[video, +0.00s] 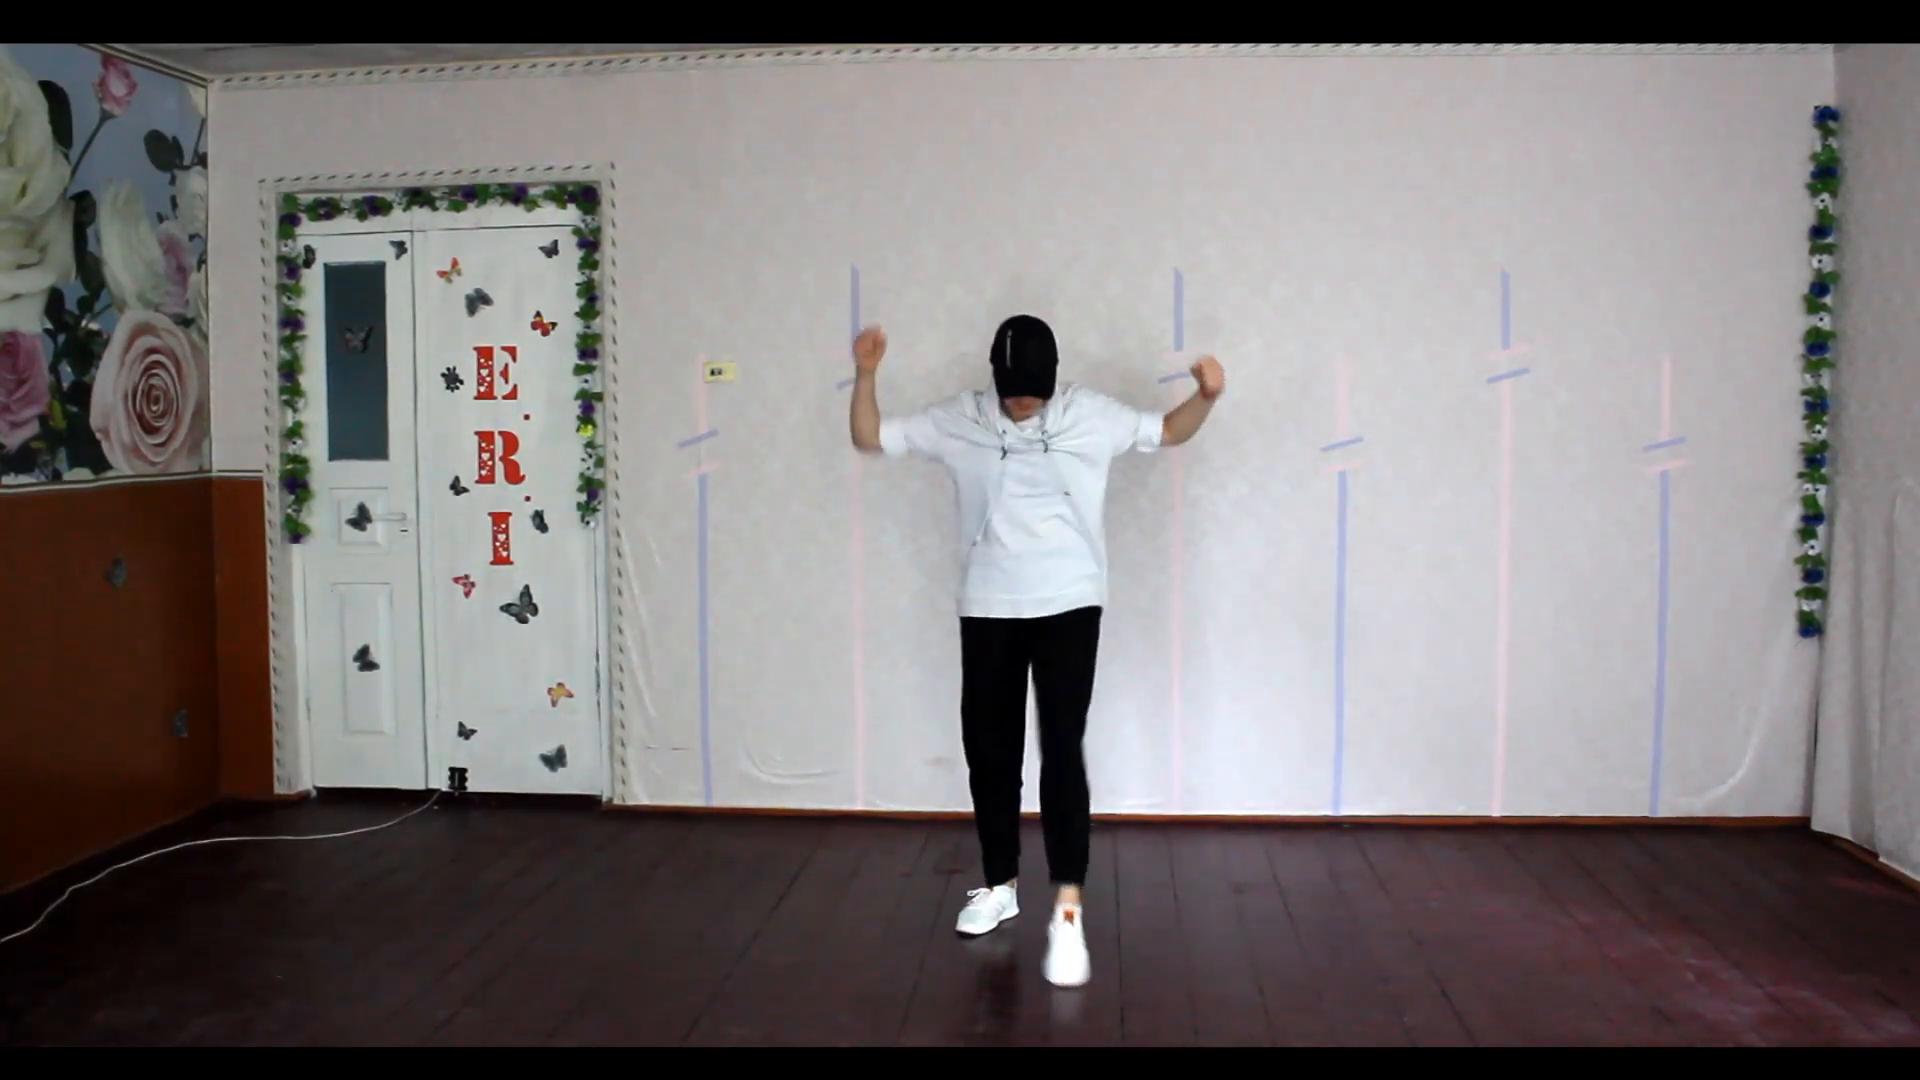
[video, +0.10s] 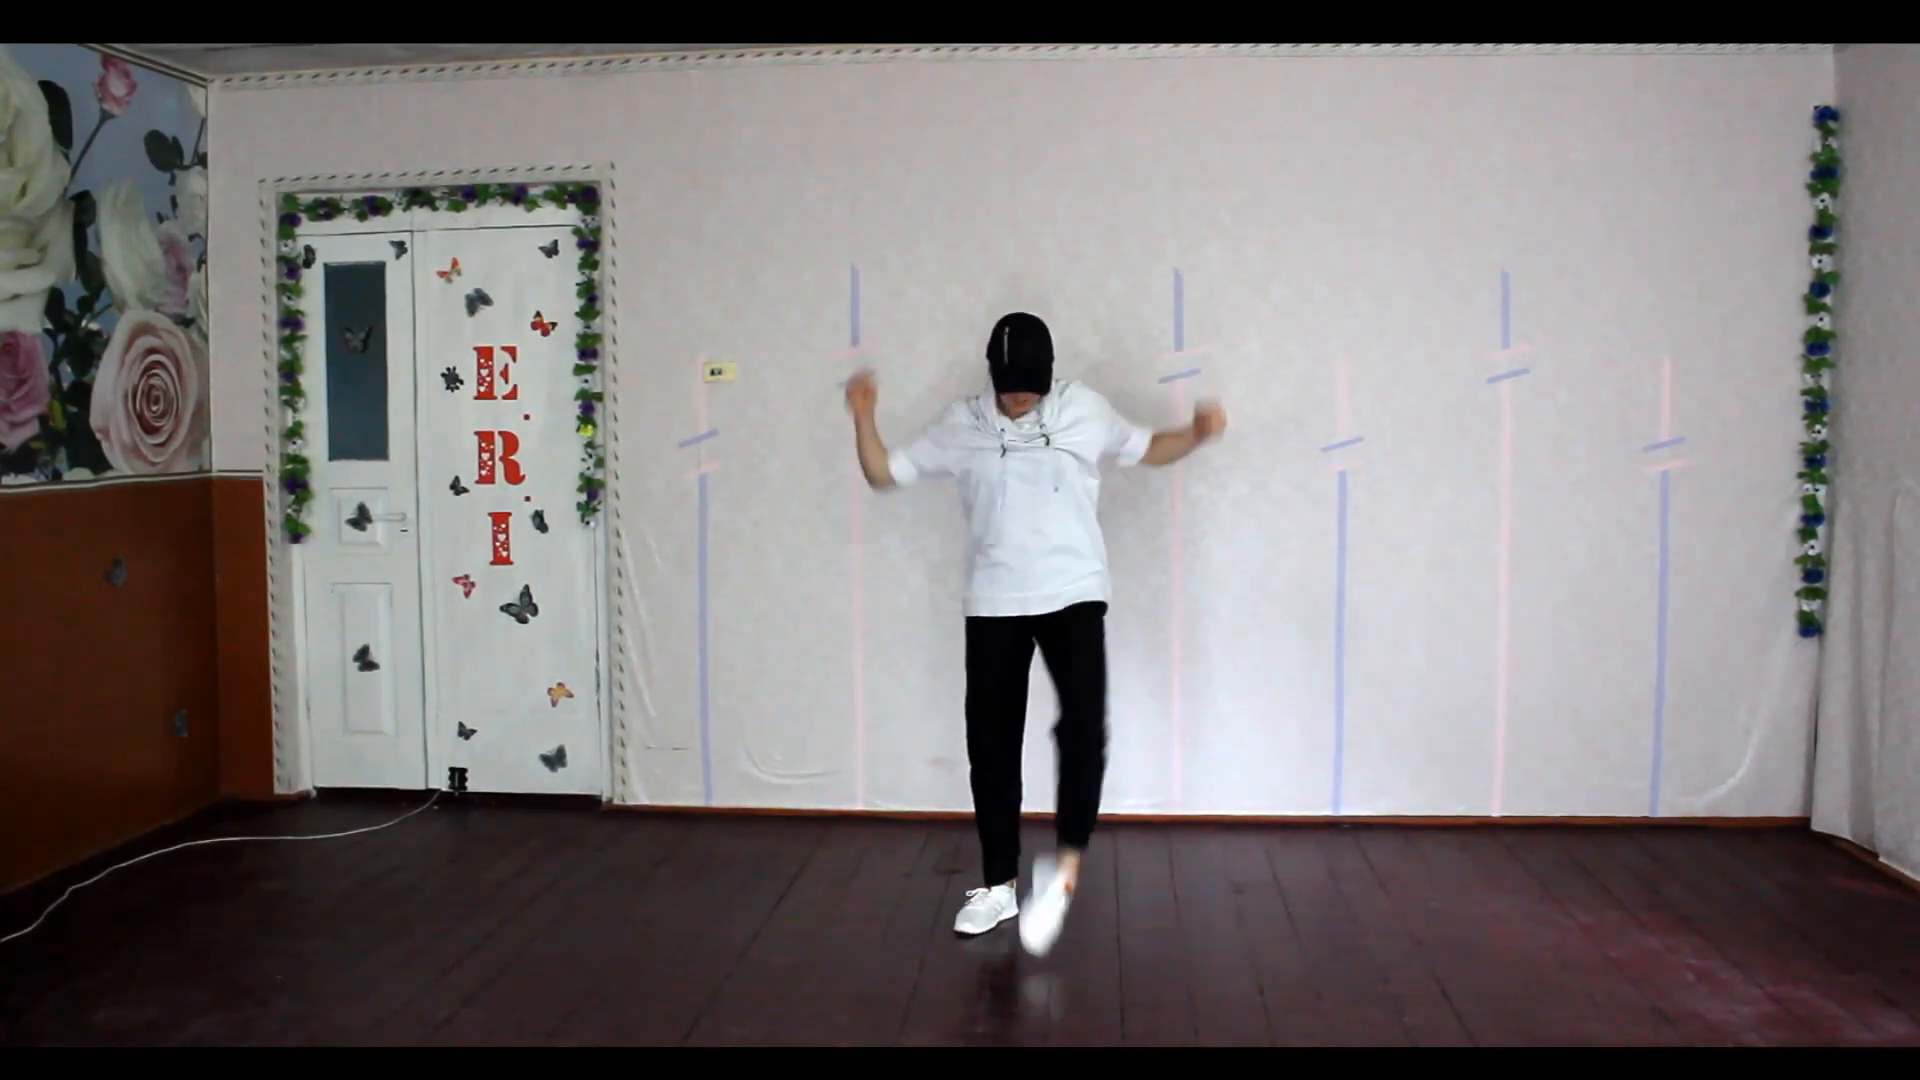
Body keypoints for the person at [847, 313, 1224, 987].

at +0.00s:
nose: (1020, 405)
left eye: (1031, 395)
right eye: (1010, 394)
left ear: (1052, 378)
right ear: (993, 377)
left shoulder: (1091, 416)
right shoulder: (962, 418)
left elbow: (1167, 431)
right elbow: (868, 436)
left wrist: (1206, 396)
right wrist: (866, 373)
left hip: (1068, 610)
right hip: (988, 612)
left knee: (1062, 755)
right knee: (990, 758)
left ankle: (1068, 909)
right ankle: (999, 887)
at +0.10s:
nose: (1013, 399)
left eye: (1024, 389)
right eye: (1004, 388)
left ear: (1047, 375)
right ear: (989, 373)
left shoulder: (1082, 411)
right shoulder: (966, 421)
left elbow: (1145, 448)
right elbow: (884, 474)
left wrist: (1196, 434)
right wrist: (863, 417)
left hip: (1073, 599)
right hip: (995, 605)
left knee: (1083, 730)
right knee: (991, 743)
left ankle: (1067, 868)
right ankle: (999, 885)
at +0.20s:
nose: (1012, 397)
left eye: (1023, 387)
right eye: (1003, 385)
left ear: (1045, 376)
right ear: (990, 374)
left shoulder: (1077, 404)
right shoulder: (969, 430)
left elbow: (1116, 466)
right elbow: (933, 510)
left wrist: (1159, 501)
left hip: (1082, 592)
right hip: (1005, 601)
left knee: (1126, 701)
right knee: (997, 748)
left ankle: (1088, 805)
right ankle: (998, 887)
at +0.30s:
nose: (1020, 396)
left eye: (1032, 385)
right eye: (1011, 384)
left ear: (1053, 373)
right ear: (997, 372)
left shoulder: (1082, 402)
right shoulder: (976, 435)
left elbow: (1111, 476)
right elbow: (961, 517)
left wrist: (1136, 537)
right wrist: (926, 572)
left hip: (1091, 592)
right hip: (1013, 605)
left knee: (1157, 695)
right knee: (1003, 750)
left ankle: (1127, 797)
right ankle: (1000, 886)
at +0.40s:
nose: (1055, 400)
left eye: (1065, 390)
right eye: (1045, 389)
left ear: (1078, 375)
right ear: (1023, 370)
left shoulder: (1098, 410)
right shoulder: (992, 435)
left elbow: (1122, 491)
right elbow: (984, 533)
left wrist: (1124, 564)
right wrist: (984, 619)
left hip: (1104, 601)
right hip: (1028, 612)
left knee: (1189, 711)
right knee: (1015, 755)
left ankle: (1199, 838)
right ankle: (1002, 887)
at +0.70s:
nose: (1133, 405)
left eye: (1143, 394)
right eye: (1122, 395)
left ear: (1159, 380)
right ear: (1103, 382)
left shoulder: (1174, 427)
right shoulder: (1066, 431)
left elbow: (1186, 505)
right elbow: (1026, 515)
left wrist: (1194, 572)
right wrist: (968, 570)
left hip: (1155, 618)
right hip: (1071, 616)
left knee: (1190, 756)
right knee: (1016, 744)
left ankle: (1225, 892)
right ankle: (995, 877)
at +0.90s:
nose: (1126, 453)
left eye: (1136, 443)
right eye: (1116, 442)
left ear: (1155, 424)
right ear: (1099, 423)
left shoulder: (1191, 460)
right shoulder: (1064, 455)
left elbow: (1248, 523)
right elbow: (975, 493)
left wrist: (1221, 591)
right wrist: (990, 548)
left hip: (1153, 634)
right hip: (1066, 628)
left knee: (1209, 761)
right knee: (986, 740)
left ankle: (1226, 892)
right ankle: (967, 874)